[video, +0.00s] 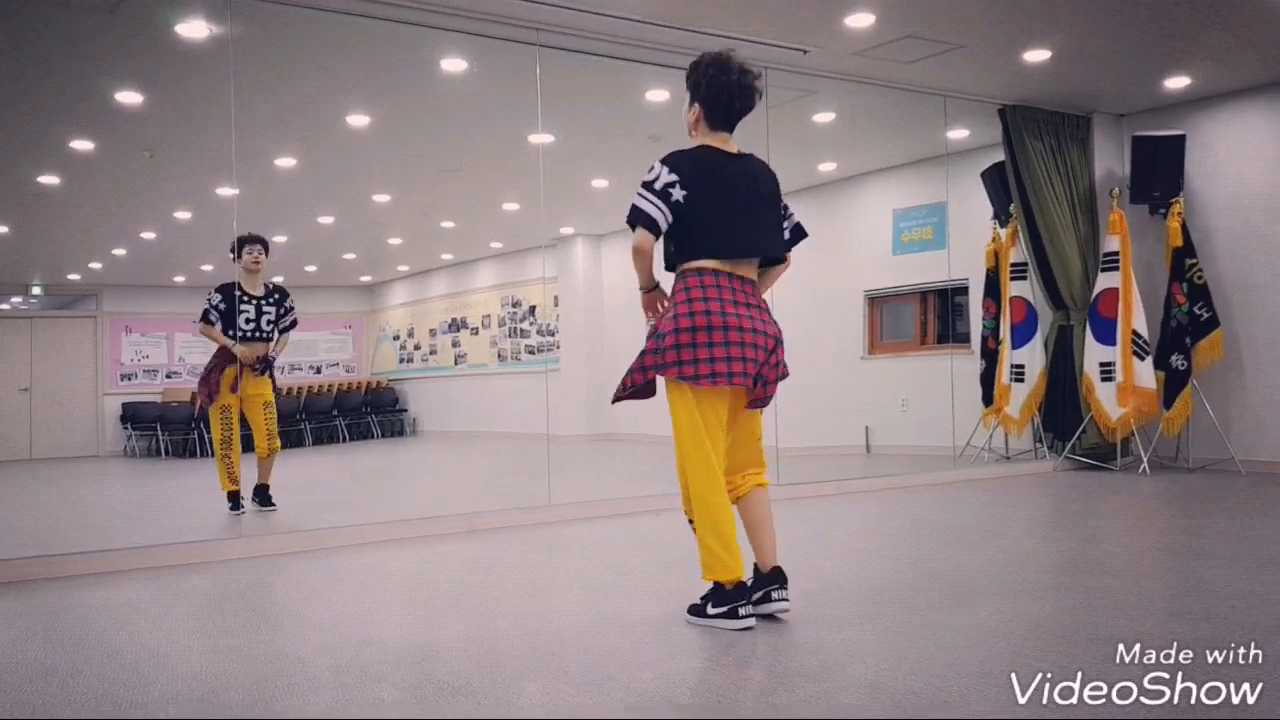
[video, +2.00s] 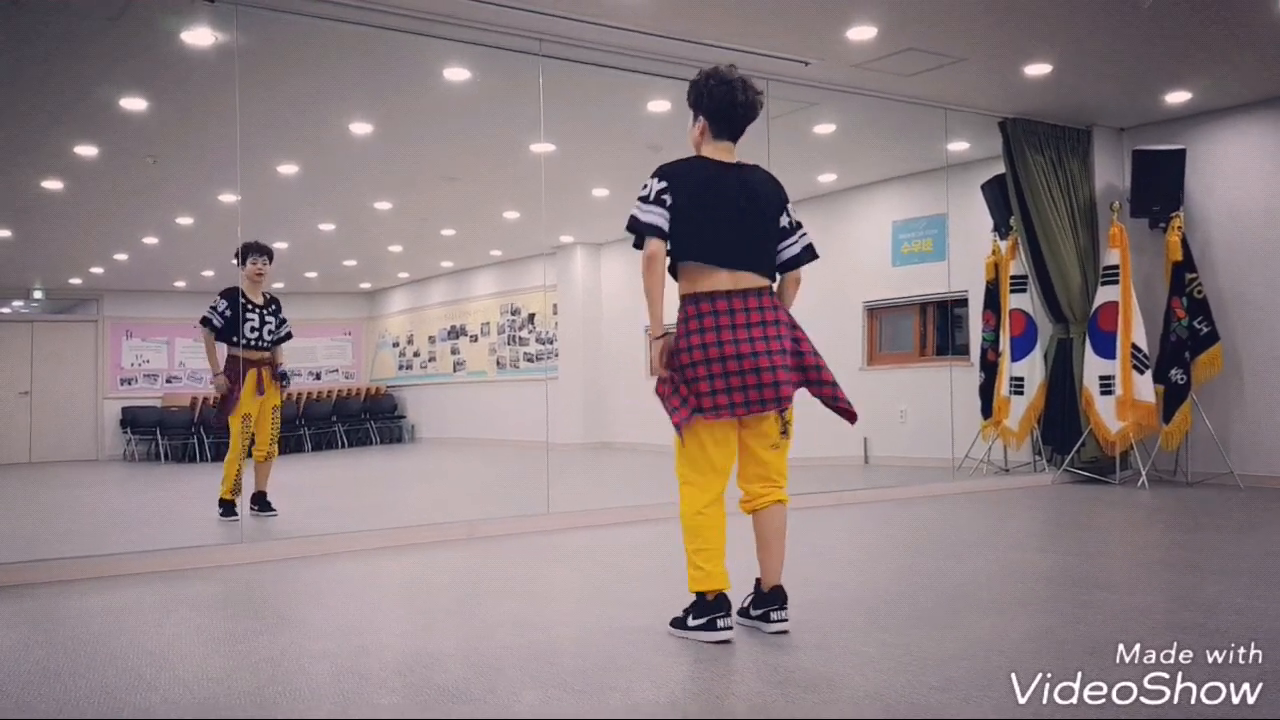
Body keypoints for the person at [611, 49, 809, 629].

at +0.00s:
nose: (684, 114)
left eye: (686, 105)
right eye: (689, 105)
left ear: (694, 111)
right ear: (740, 115)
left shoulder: (676, 166)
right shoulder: (762, 174)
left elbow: (642, 236)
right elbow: (788, 244)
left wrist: (647, 287)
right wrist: (751, 295)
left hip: (696, 309)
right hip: (751, 312)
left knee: (701, 459)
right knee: (744, 457)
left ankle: (726, 587)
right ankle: (770, 576)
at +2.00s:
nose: (688, 127)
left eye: (690, 118)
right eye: (692, 119)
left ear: (698, 122)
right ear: (746, 126)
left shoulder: (669, 178)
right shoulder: (768, 186)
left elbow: (654, 256)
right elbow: (792, 275)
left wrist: (655, 332)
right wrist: (770, 330)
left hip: (703, 334)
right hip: (767, 332)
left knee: (702, 480)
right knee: (767, 473)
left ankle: (710, 601)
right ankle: (771, 596)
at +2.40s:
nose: (686, 139)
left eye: (688, 130)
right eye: (691, 130)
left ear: (696, 137)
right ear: (741, 142)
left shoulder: (684, 189)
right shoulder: (759, 198)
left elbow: (645, 245)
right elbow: (786, 272)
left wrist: (645, 269)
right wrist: (752, 304)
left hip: (715, 341)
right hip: (775, 338)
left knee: (691, 488)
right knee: (778, 467)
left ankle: (709, 601)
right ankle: (792, 564)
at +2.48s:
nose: (696, 142)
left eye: (699, 134)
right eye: (699, 134)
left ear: (706, 141)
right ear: (751, 146)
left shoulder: (704, 195)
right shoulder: (767, 203)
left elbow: (674, 257)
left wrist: (654, 266)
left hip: (725, 340)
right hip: (779, 338)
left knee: (692, 487)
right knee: (786, 464)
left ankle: (709, 599)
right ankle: (819, 561)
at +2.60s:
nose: (719, 145)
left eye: (722, 136)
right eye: (721, 135)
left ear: (733, 143)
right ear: (770, 147)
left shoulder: (742, 200)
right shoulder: (782, 201)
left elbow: (738, 285)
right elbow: (787, 286)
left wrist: (680, 265)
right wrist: (710, 275)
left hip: (756, 340)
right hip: (797, 340)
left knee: (713, 480)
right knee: (802, 475)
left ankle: (715, 599)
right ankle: (858, 567)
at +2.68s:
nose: (730, 139)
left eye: (734, 130)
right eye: (734, 129)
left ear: (745, 138)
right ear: (781, 141)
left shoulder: (763, 197)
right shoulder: (791, 196)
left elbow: (760, 281)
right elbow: (803, 281)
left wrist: (697, 261)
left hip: (780, 343)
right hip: (812, 341)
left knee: (741, 471)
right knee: (819, 470)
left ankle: (726, 589)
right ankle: (863, 575)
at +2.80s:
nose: (756, 135)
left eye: (758, 125)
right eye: (759, 125)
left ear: (769, 132)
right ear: (805, 132)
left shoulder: (785, 192)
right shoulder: (818, 188)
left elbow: (773, 275)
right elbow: (827, 266)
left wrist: (712, 244)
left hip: (807, 328)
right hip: (844, 323)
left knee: (798, 459)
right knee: (852, 459)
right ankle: (869, 576)